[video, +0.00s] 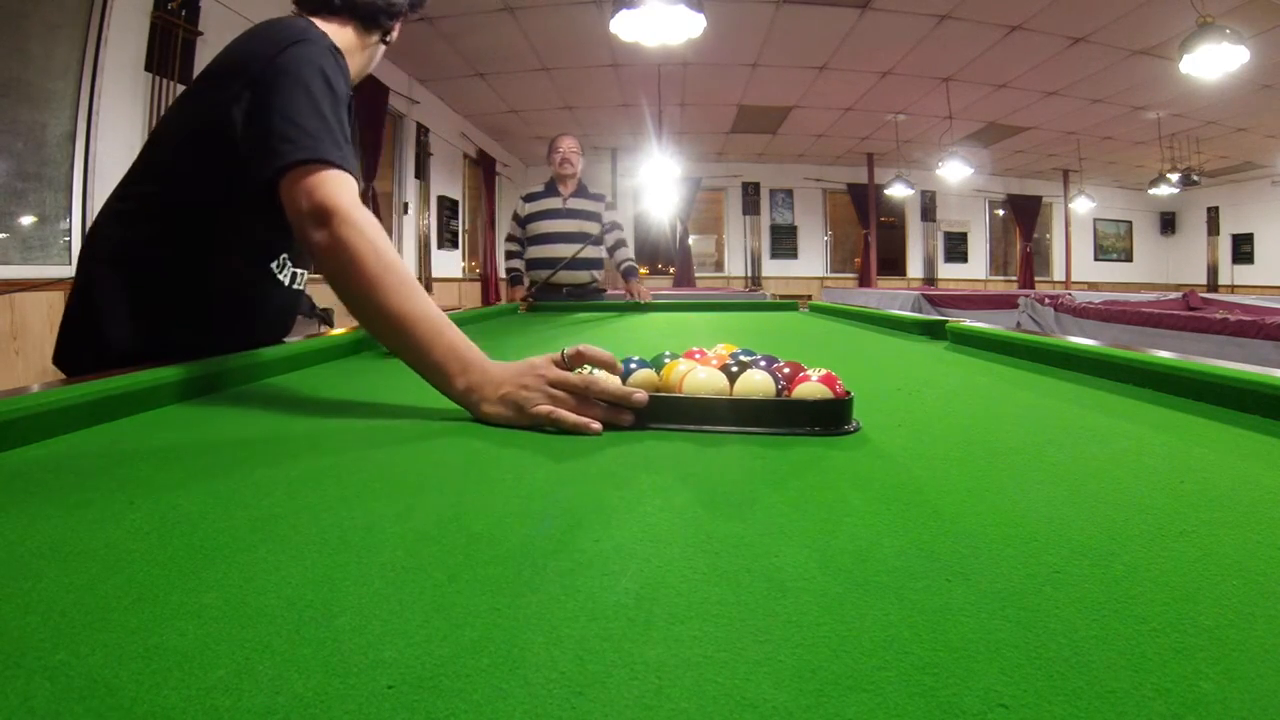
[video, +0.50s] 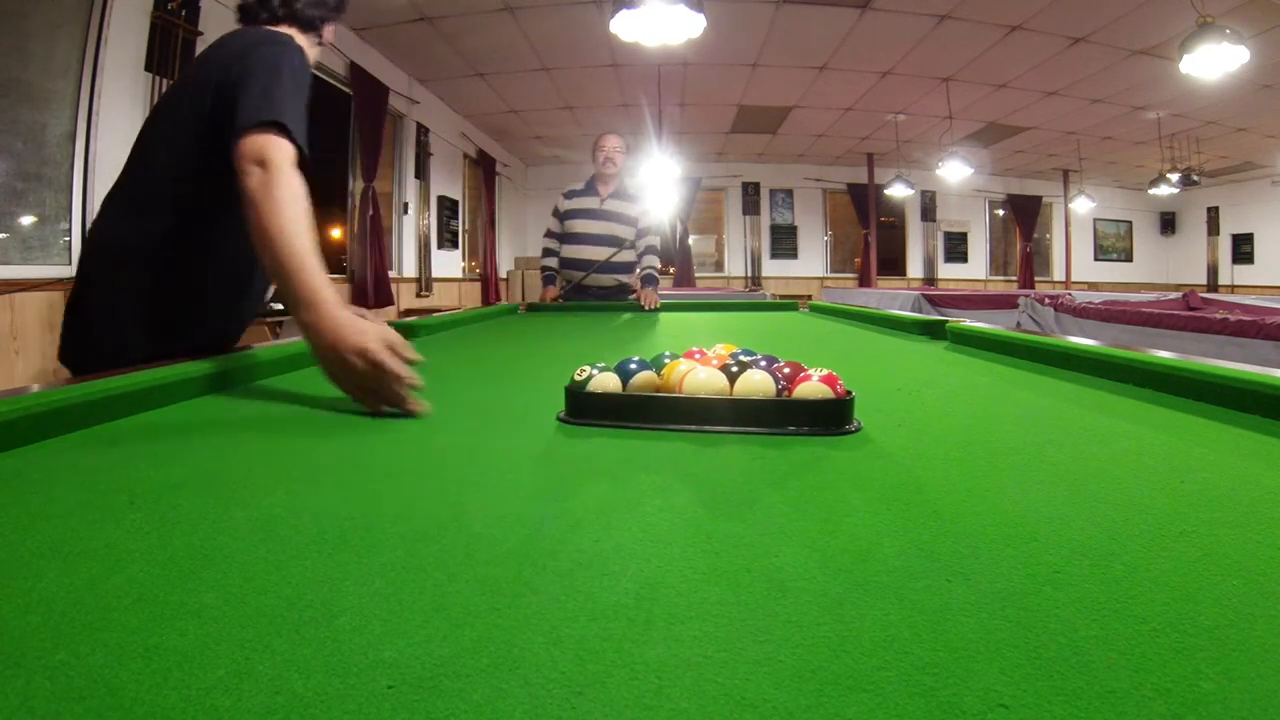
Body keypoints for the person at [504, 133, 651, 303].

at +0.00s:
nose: (565, 155)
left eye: (572, 151)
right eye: (558, 151)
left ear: (582, 162)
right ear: (549, 162)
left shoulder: (601, 202)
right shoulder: (529, 201)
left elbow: (616, 242)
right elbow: (514, 244)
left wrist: (632, 279)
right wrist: (516, 284)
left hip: (589, 297)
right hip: (544, 298)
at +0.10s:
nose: (574, 155)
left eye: (581, 151)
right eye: (567, 151)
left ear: (589, 159)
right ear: (559, 160)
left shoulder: (609, 203)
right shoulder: (537, 200)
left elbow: (624, 244)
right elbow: (522, 244)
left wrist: (637, 281)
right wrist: (523, 283)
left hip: (597, 298)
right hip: (550, 298)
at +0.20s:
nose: (583, 155)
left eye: (590, 150)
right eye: (577, 150)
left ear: (600, 158)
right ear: (568, 159)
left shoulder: (618, 203)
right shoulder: (546, 200)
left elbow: (632, 244)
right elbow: (531, 243)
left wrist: (641, 282)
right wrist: (531, 282)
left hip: (605, 299)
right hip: (558, 299)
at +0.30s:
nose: (593, 154)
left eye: (601, 150)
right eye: (586, 150)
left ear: (611, 158)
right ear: (578, 158)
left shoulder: (625, 204)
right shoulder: (555, 199)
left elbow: (638, 246)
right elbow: (539, 242)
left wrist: (646, 283)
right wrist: (540, 282)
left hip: (611, 299)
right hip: (565, 298)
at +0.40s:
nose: (601, 155)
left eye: (610, 149)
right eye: (595, 150)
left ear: (619, 158)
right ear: (587, 158)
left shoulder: (634, 204)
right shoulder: (564, 198)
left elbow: (645, 247)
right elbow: (546, 240)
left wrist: (648, 285)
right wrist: (546, 282)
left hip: (616, 300)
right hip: (571, 298)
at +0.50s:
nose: (609, 154)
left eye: (617, 150)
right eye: (602, 149)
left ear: (625, 157)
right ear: (593, 157)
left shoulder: (638, 203)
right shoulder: (569, 198)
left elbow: (649, 246)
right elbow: (551, 242)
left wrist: (649, 285)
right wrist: (549, 284)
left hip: (619, 300)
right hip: (574, 298)